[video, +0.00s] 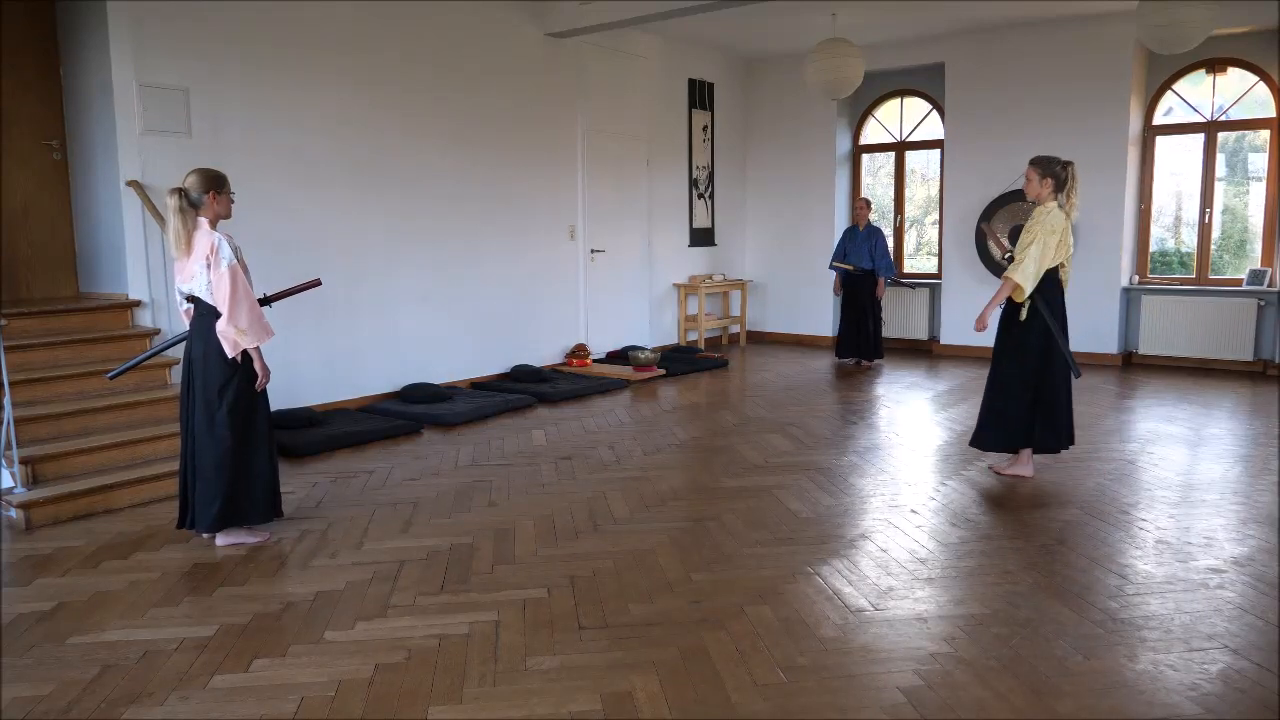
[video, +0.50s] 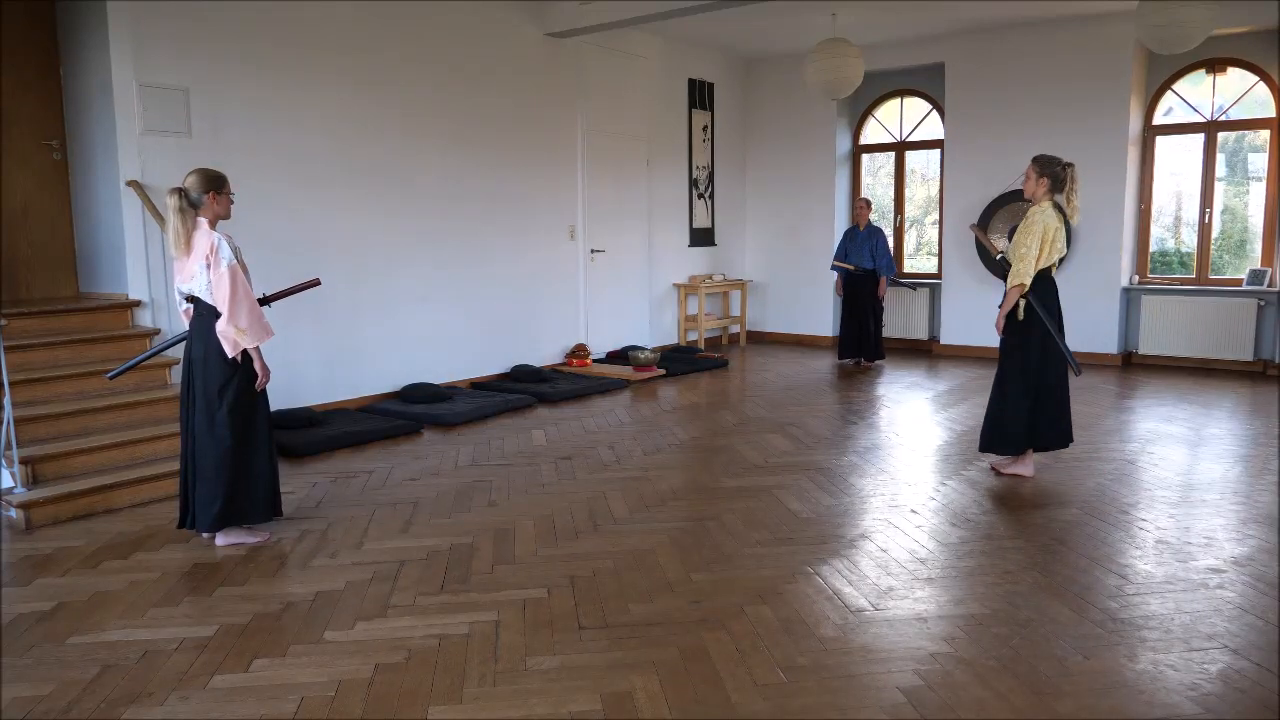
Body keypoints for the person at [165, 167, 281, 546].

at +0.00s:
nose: (233, 200)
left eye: (231, 194)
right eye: (229, 194)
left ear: (203, 199)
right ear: (212, 198)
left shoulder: (185, 241)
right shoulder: (218, 242)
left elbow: (186, 304)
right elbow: (235, 304)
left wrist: (207, 330)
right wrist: (255, 352)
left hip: (200, 343)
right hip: (225, 344)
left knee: (210, 432)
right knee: (233, 433)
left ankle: (212, 521)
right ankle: (231, 526)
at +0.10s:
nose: (233, 201)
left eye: (231, 194)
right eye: (229, 194)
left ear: (203, 199)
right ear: (212, 198)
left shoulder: (185, 242)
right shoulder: (218, 242)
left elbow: (186, 304)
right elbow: (235, 304)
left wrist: (209, 330)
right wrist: (255, 352)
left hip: (200, 344)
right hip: (225, 345)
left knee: (210, 432)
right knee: (233, 433)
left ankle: (212, 522)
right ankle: (231, 526)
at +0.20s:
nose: (233, 201)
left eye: (231, 194)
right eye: (229, 195)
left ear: (203, 199)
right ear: (212, 198)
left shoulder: (185, 241)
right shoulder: (218, 242)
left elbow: (186, 304)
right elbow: (235, 304)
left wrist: (206, 331)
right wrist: (255, 351)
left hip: (200, 343)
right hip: (225, 344)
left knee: (210, 432)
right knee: (233, 433)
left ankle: (213, 521)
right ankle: (231, 526)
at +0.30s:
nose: (233, 201)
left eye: (231, 195)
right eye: (229, 195)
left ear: (203, 199)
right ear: (212, 199)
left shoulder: (184, 242)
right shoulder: (219, 243)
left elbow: (186, 305)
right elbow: (235, 304)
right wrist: (256, 352)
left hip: (200, 344)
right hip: (225, 345)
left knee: (209, 432)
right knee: (232, 433)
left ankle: (212, 521)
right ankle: (230, 526)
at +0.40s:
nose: (232, 201)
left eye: (231, 195)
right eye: (229, 195)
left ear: (203, 199)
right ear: (212, 199)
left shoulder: (184, 242)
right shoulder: (219, 243)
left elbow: (186, 304)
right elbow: (235, 304)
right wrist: (256, 352)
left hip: (200, 343)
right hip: (225, 345)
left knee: (209, 432)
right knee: (232, 433)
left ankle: (212, 521)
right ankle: (229, 526)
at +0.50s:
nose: (232, 202)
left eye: (231, 195)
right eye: (229, 196)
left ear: (203, 199)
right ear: (212, 199)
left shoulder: (184, 241)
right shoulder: (218, 242)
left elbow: (186, 304)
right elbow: (234, 304)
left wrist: (207, 331)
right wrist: (255, 352)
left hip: (200, 344)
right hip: (225, 345)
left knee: (209, 432)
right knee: (232, 433)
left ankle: (212, 521)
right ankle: (230, 526)